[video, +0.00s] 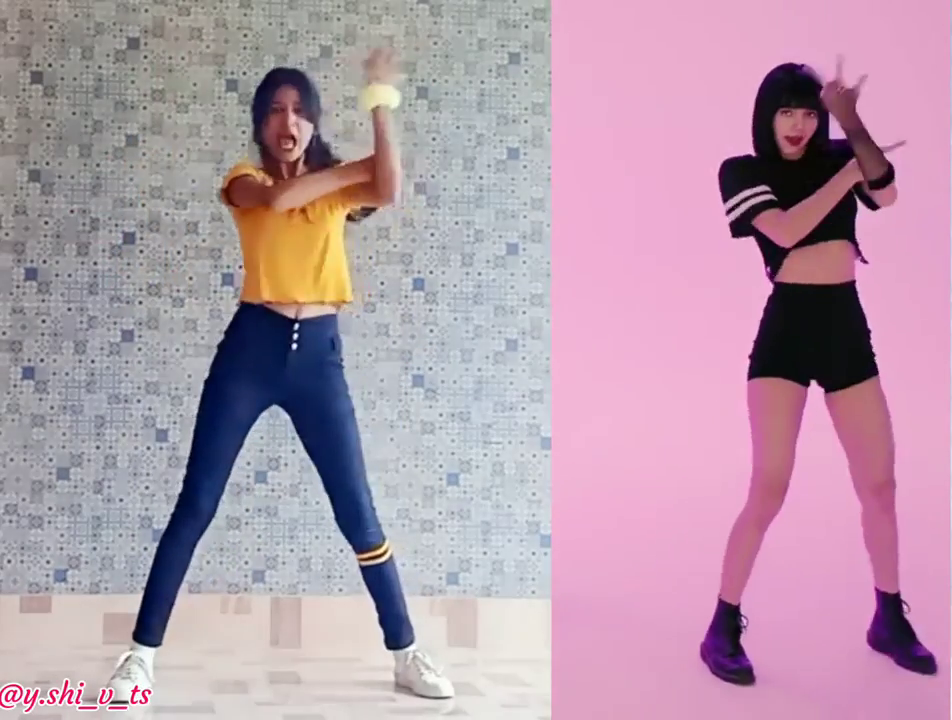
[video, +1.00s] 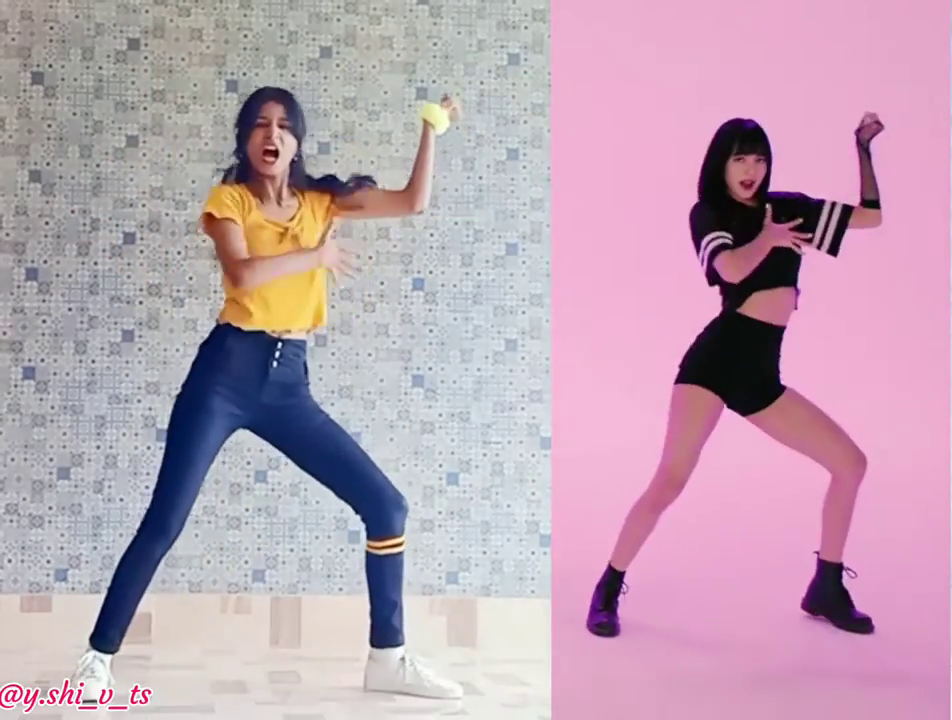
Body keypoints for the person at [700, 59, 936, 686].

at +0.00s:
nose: (797, 123)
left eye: (806, 112)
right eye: (786, 111)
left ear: (820, 118)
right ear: (764, 115)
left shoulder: (839, 158)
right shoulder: (742, 171)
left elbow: (886, 193)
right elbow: (784, 233)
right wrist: (851, 174)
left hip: (847, 334)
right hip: (785, 335)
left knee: (879, 485)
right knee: (767, 493)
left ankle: (890, 619)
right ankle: (723, 629)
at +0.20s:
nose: (792, 126)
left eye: (803, 116)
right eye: (781, 113)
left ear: (814, 122)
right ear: (758, 116)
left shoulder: (832, 165)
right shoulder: (737, 170)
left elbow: (877, 207)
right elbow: (761, 238)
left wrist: (869, 131)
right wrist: (839, 192)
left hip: (831, 334)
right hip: (771, 333)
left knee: (864, 485)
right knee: (746, 485)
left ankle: (870, 610)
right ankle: (696, 619)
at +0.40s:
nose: (831, 108)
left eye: (841, 101)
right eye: (820, 96)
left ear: (848, 112)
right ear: (796, 101)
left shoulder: (848, 169)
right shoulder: (756, 154)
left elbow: (929, 178)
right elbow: (727, 225)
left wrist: (937, 118)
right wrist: (797, 190)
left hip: (808, 320)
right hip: (750, 312)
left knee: (823, 470)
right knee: (689, 452)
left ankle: (834, 598)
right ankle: (625, 578)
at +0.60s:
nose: (818, 121)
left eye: (825, 113)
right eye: (808, 111)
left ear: (833, 121)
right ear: (784, 115)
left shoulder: (828, 176)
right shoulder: (747, 159)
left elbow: (912, 185)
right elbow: (728, 229)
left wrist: (908, 119)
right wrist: (789, 202)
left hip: (796, 326)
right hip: (739, 321)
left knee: (809, 467)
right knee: (655, 439)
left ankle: (820, 593)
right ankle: (568, 549)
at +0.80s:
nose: (753, 153)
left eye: (760, 142)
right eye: (740, 145)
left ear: (772, 148)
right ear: (719, 155)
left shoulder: (794, 198)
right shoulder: (712, 205)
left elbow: (880, 215)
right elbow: (727, 272)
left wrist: (875, 150)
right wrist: (774, 232)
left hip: (754, 366)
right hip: (708, 351)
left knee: (841, 467)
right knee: (661, 472)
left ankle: (814, 590)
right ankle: (596, 590)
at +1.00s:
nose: (748, 170)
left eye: (757, 159)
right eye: (738, 159)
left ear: (768, 165)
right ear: (718, 164)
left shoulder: (783, 209)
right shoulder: (709, 215)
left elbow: (870, 216)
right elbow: (731, 270)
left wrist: (864, 150)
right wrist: (769, 238)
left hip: (759, 374)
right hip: (714, 361)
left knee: (849, 464)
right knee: (669, 482)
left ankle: (826, 587)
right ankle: (608, 589)